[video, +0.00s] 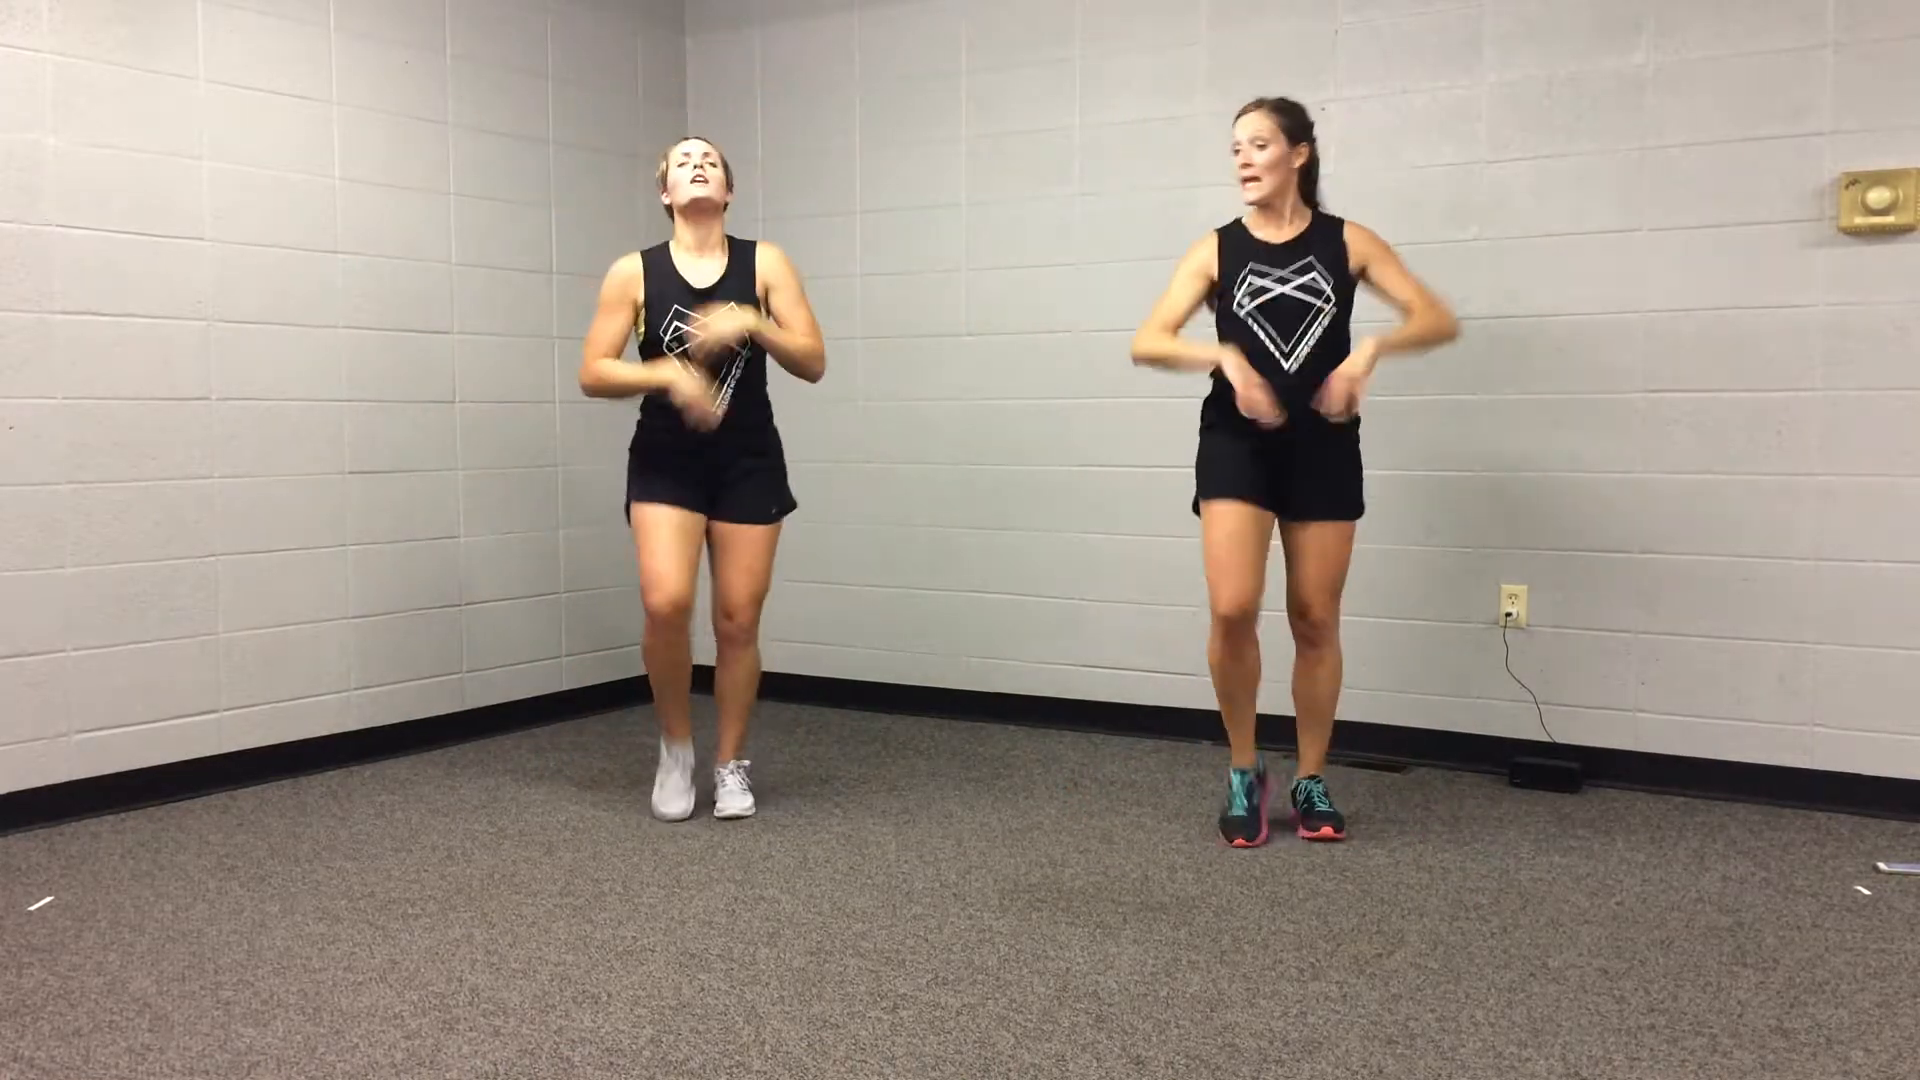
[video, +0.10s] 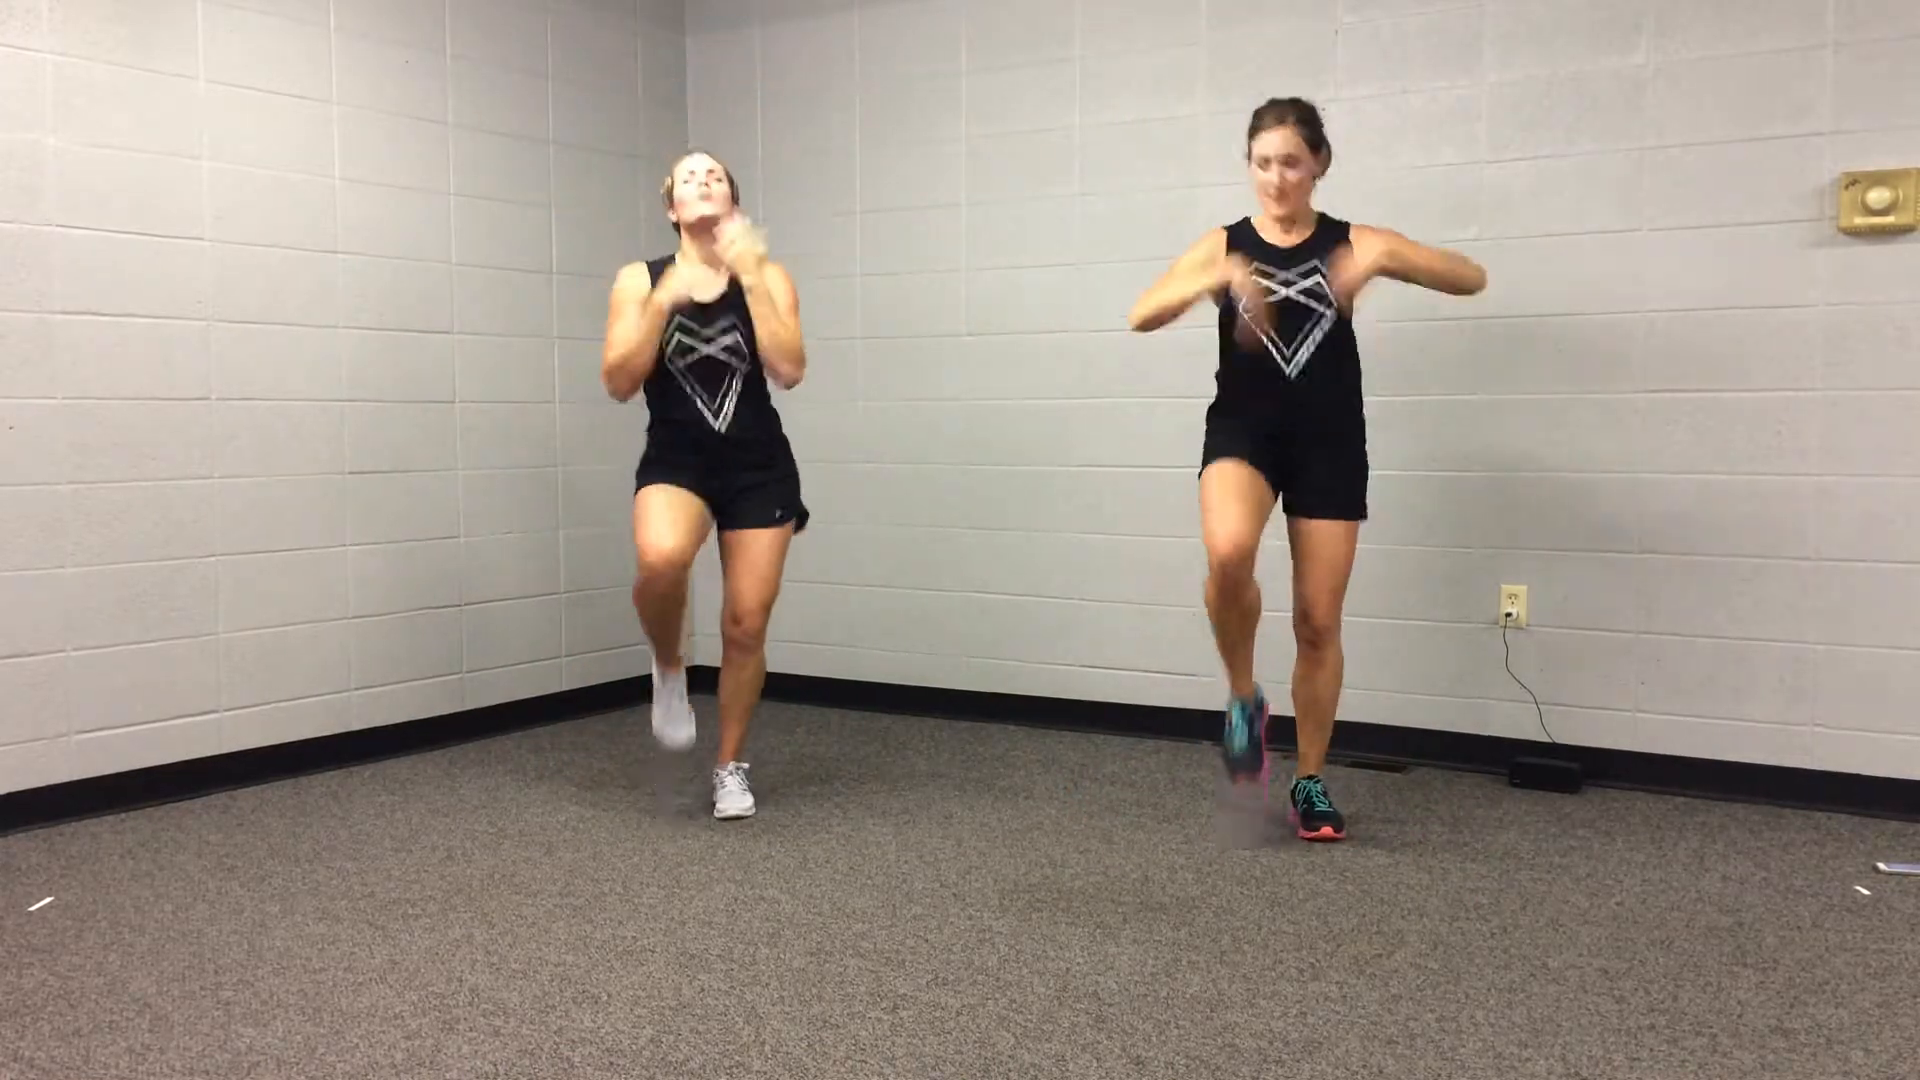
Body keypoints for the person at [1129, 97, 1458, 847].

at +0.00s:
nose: (1243, 160)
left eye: (1258, 147)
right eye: (1238, 149)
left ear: (1300, 154)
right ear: (1233, 161)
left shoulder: (1350, 242)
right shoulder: (1215, 252)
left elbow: (1440, 321)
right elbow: (1147, 344)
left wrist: (1371, 349)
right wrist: (1223, 357)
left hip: (1324, 448)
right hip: (1236, 446)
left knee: (1315, 619)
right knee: (1232, 612)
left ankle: (1309, 782)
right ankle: (1243, 772)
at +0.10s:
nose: (1276, 176)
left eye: (1291, 162)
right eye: (1264, 162)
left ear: (1320, 164)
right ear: (1248, 167)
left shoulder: (1359, 244)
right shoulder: (1222, 247)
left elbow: (1472, 278)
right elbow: (1141, 317)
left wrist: (1388, 257)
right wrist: (1210, 282)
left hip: (1328, 441)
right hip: (1242, 434)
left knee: (1319, 622)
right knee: (1227, 556)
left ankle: (1311, 778)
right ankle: (1245, 697)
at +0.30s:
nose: (1294, 175)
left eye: (1306, 162)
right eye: (1280, 163)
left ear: (1325, 168)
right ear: (1253, 170)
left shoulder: (1357, 247)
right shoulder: (1231, 247)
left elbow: (1384, 325)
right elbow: (1223, 331)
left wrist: (1349, 252)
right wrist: (1268, 253)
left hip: (1330, 434)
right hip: (1246, 426)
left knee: (1319, 618)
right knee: (1245, 547)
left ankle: (1310, 779)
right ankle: (1254, 685)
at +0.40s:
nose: (1292, 151)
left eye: (1304, 139)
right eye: (1276, 141)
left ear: (1322, 151)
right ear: (1254, 157)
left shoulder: (1359, 240)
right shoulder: (1226, 241)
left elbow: (1367, 339)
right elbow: (1222, 340)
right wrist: (1277, 360)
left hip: (1331, 426)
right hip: (1243, 426)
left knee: (1316, 614)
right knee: (1250, 611)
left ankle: (1307, 780)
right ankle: (1248, 775)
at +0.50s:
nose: (1286, 139)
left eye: (1299, 130)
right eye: (1272, 132)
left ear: (1321, 155)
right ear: (1252, 158)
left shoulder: (1356, 250)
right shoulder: (1221, 248)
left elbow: (1371, 359)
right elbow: (1213, 358)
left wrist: (1389, 463)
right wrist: (1217, 451)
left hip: (1330, 453)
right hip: (1245, 452)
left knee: (1315, 616)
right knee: (1245, 617)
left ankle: (1309, 780)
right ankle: (1244, 780)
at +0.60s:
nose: (1286, 128)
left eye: (1300, 124)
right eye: (1272, 125)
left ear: (1322, 155)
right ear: (1254, 160)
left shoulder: (1360, 241)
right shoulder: (1224, 245)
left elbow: (1410, 357)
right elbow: (1189, 356)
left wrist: (1468, 452)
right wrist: (1135, 450)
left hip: (1329, 446)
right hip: (1239, 443)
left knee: (1313, 616)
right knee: (1235, 611)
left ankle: (1309, 779)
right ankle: (1243, 771)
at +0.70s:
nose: (1289, 141)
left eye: (1303, 138)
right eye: (1275, 140)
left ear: (1327, 171)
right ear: (1258, 176)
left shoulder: (1364, 251)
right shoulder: (1226, 255)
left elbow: (1455, 331)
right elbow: (1150, 347)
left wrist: (1542, 398)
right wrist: (1064, 419)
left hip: (1334, 442)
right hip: (1247, 436)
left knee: (1318, 624)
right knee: (1216, 568)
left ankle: (1309, 782)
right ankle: (1233, 715)